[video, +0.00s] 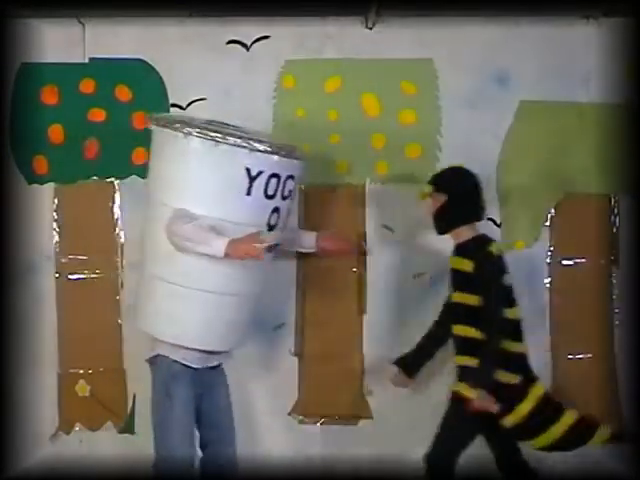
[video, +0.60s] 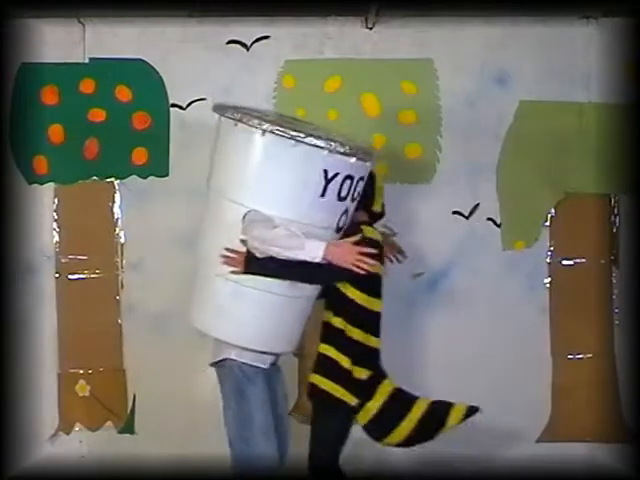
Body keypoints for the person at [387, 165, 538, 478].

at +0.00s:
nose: (428, 205)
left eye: (433, 197)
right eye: (429, 197)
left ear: (452, 202)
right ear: (454, 204)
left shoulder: (478, 255)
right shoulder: (466, 254)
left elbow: (494, 325)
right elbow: (449, 320)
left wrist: (481, 383)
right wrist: (410, 364)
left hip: (482, 383)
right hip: (482, 380)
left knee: (438, 461)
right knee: (511, 464)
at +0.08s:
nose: (409, 209)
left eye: (414, 200)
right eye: (410, 201)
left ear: (433, 204)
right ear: (442, 205)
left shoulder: (456, 256)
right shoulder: (445, 254)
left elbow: (462, 331)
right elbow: (432, 320)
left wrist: (443, 385)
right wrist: (387, 361)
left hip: (467, 378)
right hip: (467, 376)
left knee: (409, 461)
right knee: (484, 459)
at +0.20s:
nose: (380, 211)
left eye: (384, 202)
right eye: (381, 203)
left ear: (403, 206)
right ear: (415, 206)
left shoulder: (420, 258)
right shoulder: (427, 253)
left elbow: (411, 323)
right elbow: (407, 321)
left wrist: (356, 345)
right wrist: (362, 348)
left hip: (429, 376)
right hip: (440, 373)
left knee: (373, 461)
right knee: (438, 466)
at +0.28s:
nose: (365, 210)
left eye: (368, 201)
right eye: (366, 201)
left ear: (381, 206)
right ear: (406, 205)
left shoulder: (400, 255)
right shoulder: (419, 250)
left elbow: (383, 316)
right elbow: (387, 315)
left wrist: (327, 338)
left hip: (404, 374)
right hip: (423, 371)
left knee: (362, 465)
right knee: (453, 458)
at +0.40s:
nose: (346, 212)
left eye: (349, 205)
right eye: (349, 203)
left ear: (354, 209)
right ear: (390, 210)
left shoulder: (374, 252)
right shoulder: (400, 250)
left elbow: (329, 287)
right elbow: (360, 302)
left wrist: (275, 306)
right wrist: (315, 305)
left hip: (381, 370)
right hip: (401, 367)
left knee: (354, 465)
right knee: (432, 454)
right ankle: (454, 470)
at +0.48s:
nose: (335, 205)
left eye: (340, 197)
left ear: (351, 202)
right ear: (382, 204)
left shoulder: (360, 244)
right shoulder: (389, 248)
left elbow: (313, 274)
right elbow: (341, 298)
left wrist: (250, 286)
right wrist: (292, 291)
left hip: (362, 378)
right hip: (380, 373)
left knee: (338, 464)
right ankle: (469, 451)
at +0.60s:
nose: (334, 204)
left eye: (341, 196)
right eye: (337, 196)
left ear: (353, 202)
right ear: (371, 204)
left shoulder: (361, 249)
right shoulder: (362, 244)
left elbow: (316, 273)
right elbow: (316, 271)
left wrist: (254, 264)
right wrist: (261, 257)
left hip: (343, 374)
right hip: (340, 371)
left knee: (322, 464)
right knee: (323, 463)